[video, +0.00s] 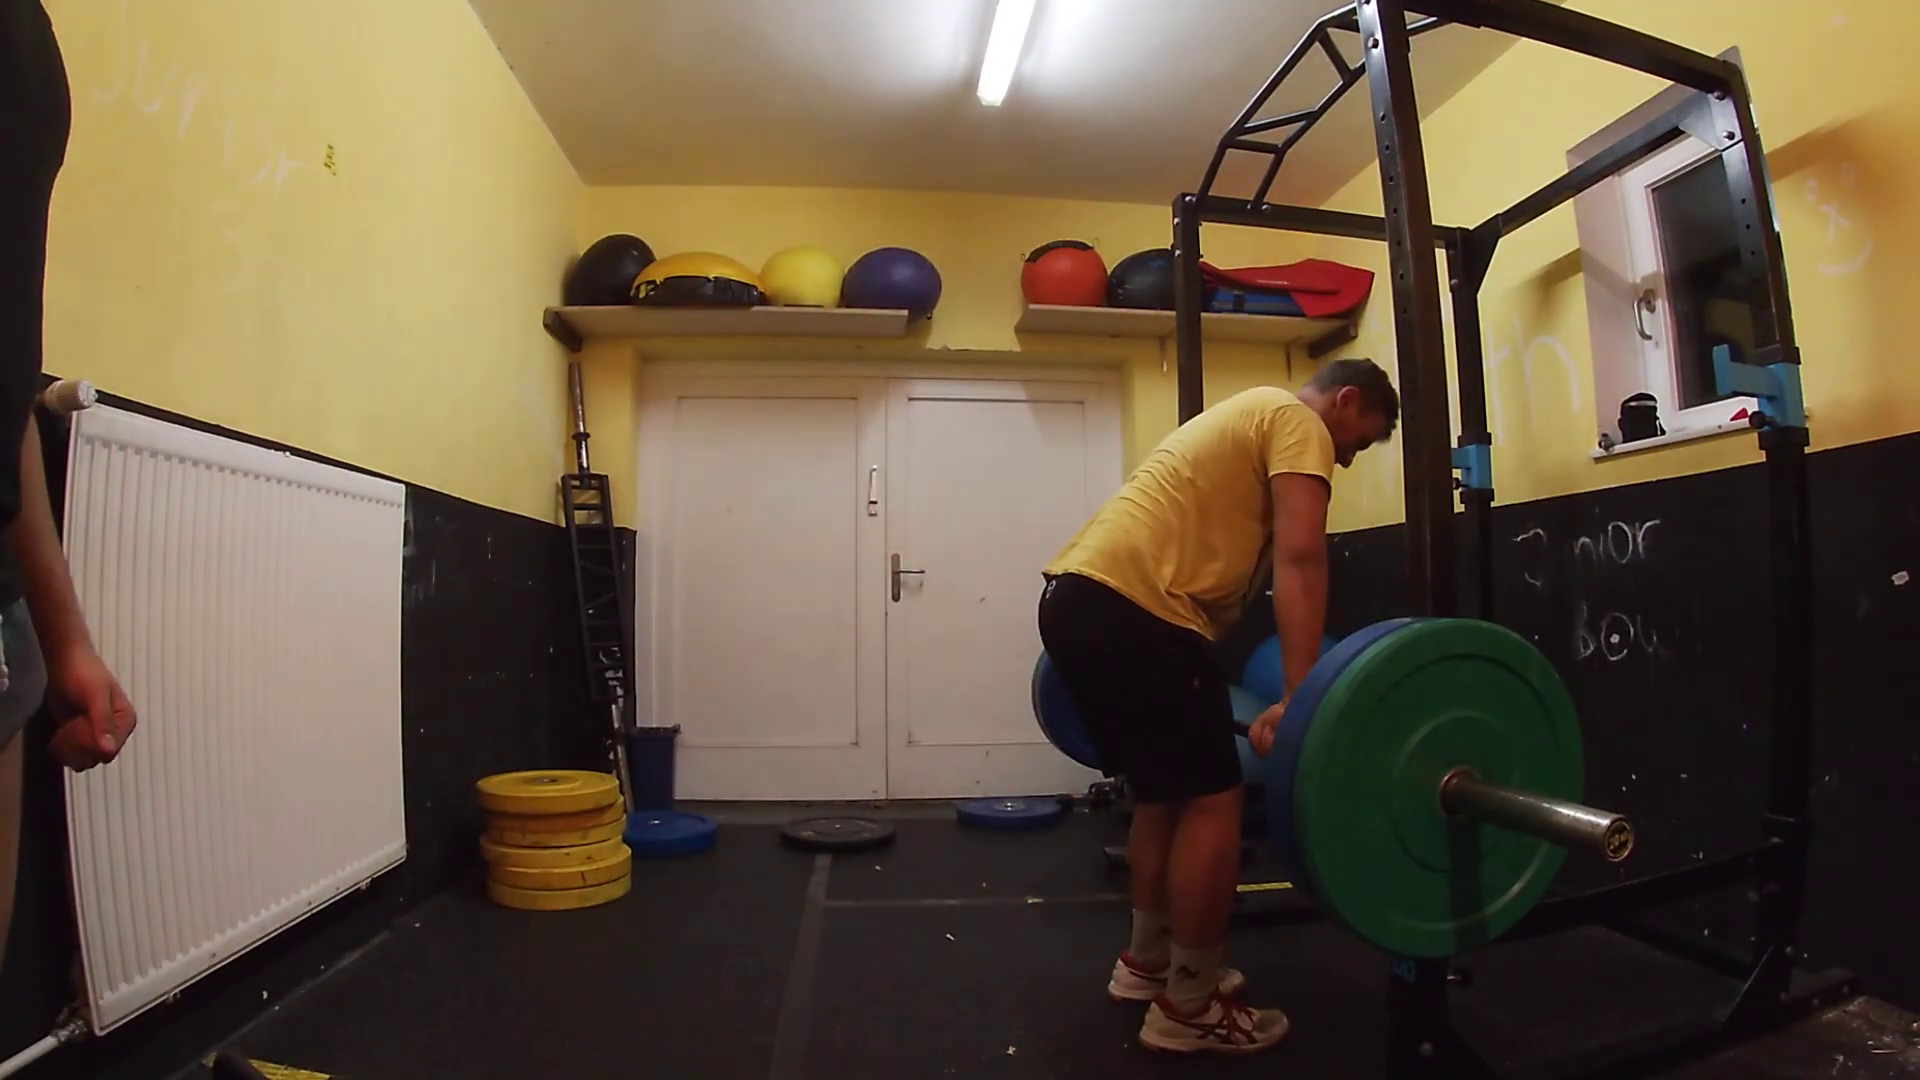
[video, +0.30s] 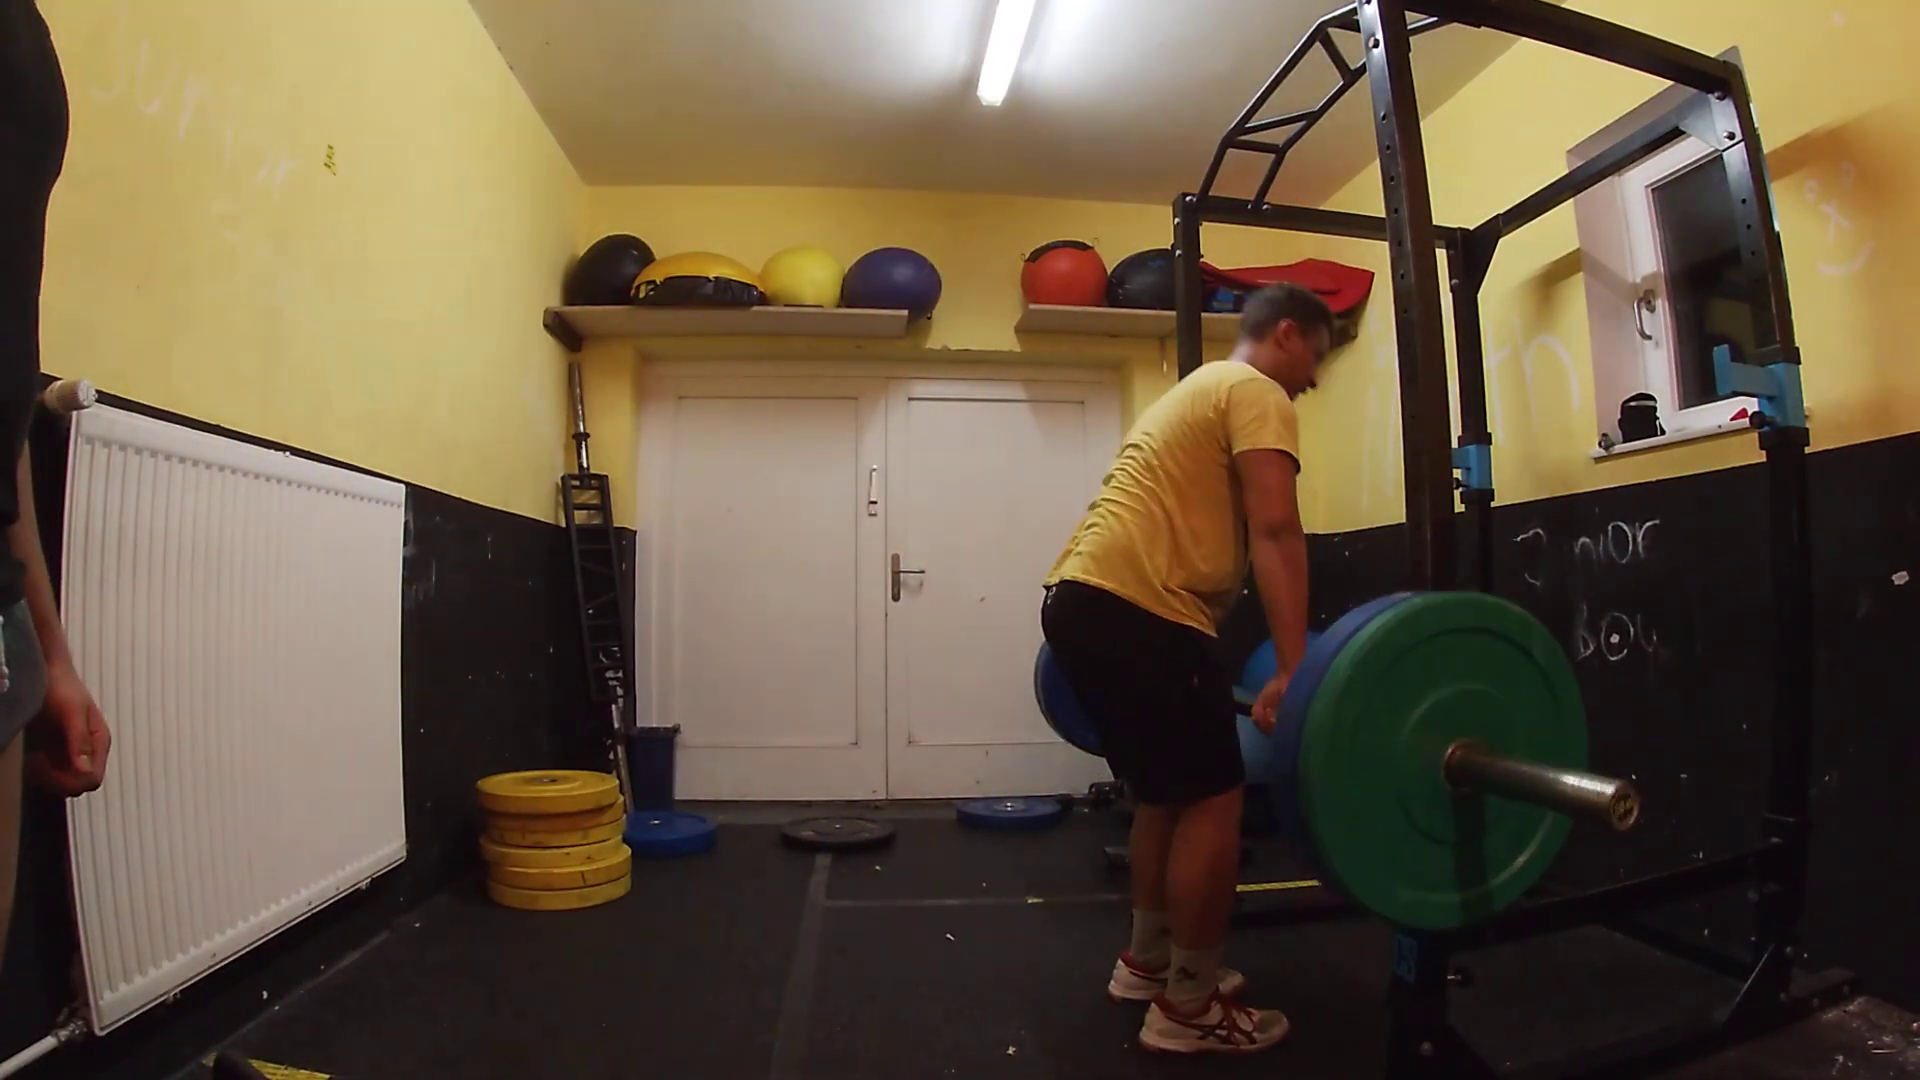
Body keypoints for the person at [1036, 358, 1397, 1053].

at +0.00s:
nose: (1354, 454)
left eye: (1365, 446)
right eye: (1365, 436)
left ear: (1329, 392)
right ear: (1346, 401)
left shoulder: (1247, 417)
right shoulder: (1296, 421)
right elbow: (1300, 557)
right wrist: (1300, 698)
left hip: (1081, 595)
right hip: (1137, 605)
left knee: (1159, 788)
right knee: (1213, 797)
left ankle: (1147, 957)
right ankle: (1190, 1005)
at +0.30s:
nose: (1314, 378)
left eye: (1319, 363)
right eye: (1315, 359)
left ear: (1258, 332)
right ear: (1288, 334)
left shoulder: (1198, 389)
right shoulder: (1253, 389)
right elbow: (1274, 527)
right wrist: (1293, 668)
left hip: (1084, 598)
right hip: (1140, 607)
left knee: (1160, 791)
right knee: (1214, 796)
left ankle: (1148, 960)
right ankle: (1190, 1004)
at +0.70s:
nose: (1186, 285)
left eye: (1185, 271)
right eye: (1179, 268)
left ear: (1119, 269)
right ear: (1142, 263)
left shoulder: (1088, 341)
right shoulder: (1148, 328)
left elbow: (1102, 472)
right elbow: (1195, 446)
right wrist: (1250, 565)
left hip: (1098, 595)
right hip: (1142, 601)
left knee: (1148, 782)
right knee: (1179, 787)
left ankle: (1146, 960)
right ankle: (1107, 994)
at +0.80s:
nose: (1161, 277)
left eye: (1158, 261)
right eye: (1153, 260)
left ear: (1093, 265)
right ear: (1117, 260)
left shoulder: (1067, 340)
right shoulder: (1127, 327)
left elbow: (1088, 474)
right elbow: (1175, 454)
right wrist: (1236, 574)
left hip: (1091, 595)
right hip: (1126, 601)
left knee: (1161, 787)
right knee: (1146, 796)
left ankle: (1147, 960)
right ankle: (1100, 997)